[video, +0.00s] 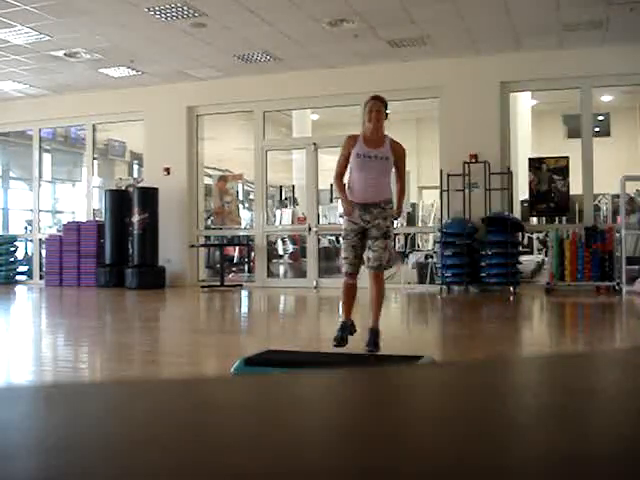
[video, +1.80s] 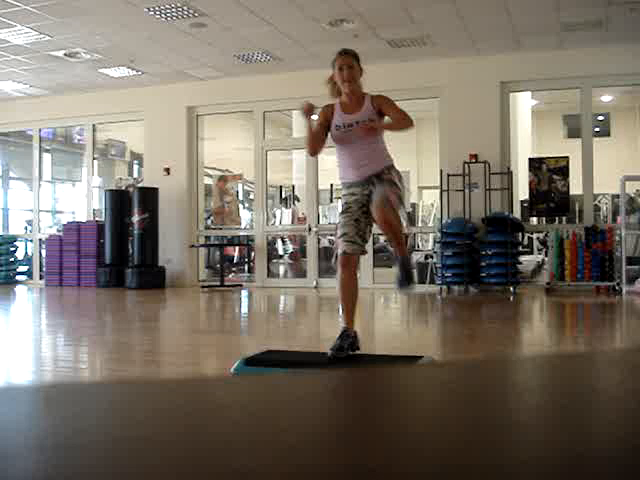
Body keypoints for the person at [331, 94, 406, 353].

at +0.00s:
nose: (375, 115)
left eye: (379, 111)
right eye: (371, 111)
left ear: (386, 115)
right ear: (364, 115)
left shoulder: (395, 148)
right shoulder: (352, 142)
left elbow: (400, 181)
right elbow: (338, 178)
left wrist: (398, 208)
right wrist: (345, 202)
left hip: (381, 211)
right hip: (354, 209)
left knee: (376, 272)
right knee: (350, 271)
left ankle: (374, 327)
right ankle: (346, 321)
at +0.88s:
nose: (378, 102)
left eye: (383, 98)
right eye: (374, 98)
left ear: (391, 103)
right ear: (367, 104)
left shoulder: (405, 137)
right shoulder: (359, 137)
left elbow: (422, 166)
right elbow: (354, 176)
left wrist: (428, 190)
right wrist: (384, 190)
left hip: (400, 208)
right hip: (370, 209)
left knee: (406, 273)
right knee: (369, 275)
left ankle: (410, 335)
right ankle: (364, 333)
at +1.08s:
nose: (388, 119)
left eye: (393, 114)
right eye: (383, 115)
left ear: (402, 118)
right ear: (377, 121)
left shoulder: (417, 156)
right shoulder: (371, 156)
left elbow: (436, 193)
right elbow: (359, 191)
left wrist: (438, 226)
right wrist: (352, 218)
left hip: (410, 232)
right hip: (376, 232)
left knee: (416, 291)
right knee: (370, 293)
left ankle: (423, 347)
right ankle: (367, 338)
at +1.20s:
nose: (386, 105)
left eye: (391, 100)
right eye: (381, 101)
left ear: (401, 103)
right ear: (375, 106)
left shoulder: (414, 135)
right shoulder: (374, 139)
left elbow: (416, 169)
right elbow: (356, 166)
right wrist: (327, 184)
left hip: (410, 213)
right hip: (379, 213)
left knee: (418, 282)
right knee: (360, 270)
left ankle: (424, 343)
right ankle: (372, 317)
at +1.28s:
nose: (379, 93)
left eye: (383, 88)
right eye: (375, 90)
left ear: (394, 91)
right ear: (370, 95)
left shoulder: (408, 119)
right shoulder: (371, 128)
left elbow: (388, 141)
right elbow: (349, 150)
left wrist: (359, 142)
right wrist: (318, 146)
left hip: (411, 201)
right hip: (380, 200)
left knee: (420, 273)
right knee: (358, 247)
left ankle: (428, 340)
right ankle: (366, 315)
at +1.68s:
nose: (356, 84)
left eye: (361, 79)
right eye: (351, 81)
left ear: (370, 84)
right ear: (345, 88)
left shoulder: (384, 112)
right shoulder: (338, 124)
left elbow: (375, 118)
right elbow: (304, 147)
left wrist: (335, 121)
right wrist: (285, 117)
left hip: (393, 194)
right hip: (359, 199)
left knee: (409, 262)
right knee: (345, 263)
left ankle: (426, 321)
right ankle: (345, 335)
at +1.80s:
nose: (346, 73)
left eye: (350, 68)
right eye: (340, 69)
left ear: (360, 72)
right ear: (333, 76)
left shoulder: (377, 102)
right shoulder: (329, 111)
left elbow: (406, 122)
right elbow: (313, 149)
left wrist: (382, 124)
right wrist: (310, 120)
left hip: (383, 177)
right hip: (352, 188)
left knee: (381, 210)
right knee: (346, 258)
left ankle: (403, 259)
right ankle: (348, 331)